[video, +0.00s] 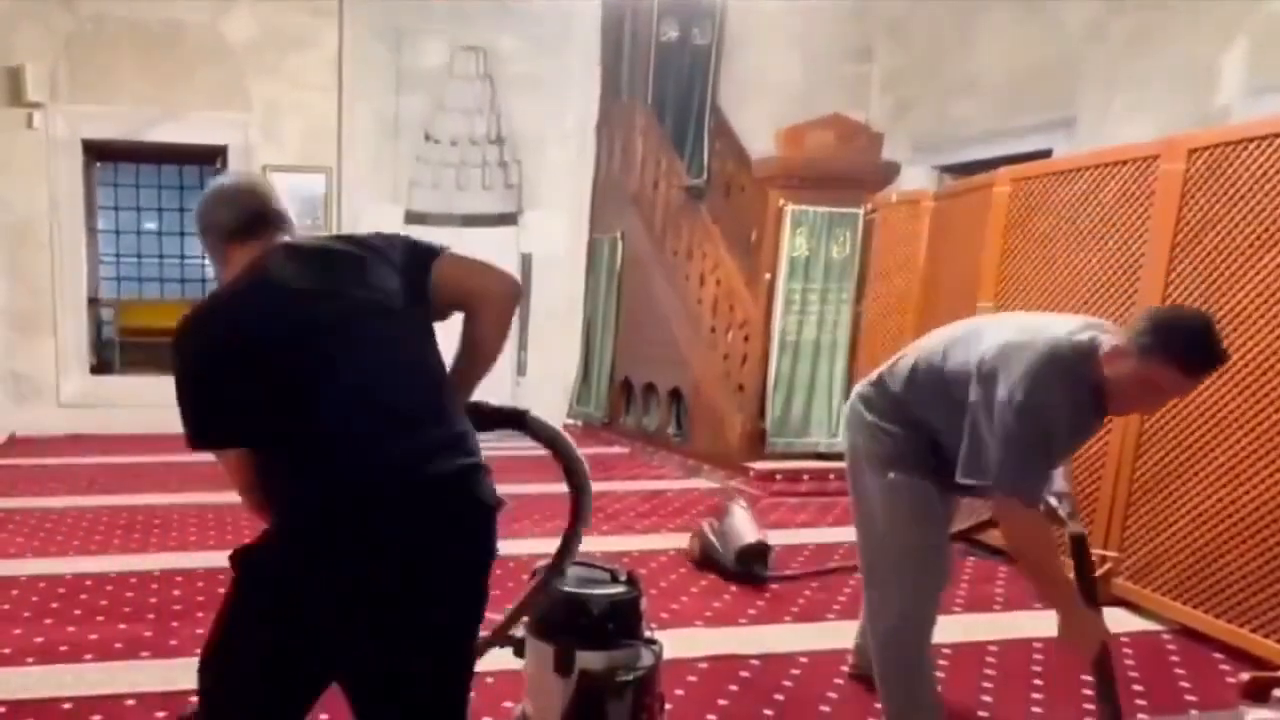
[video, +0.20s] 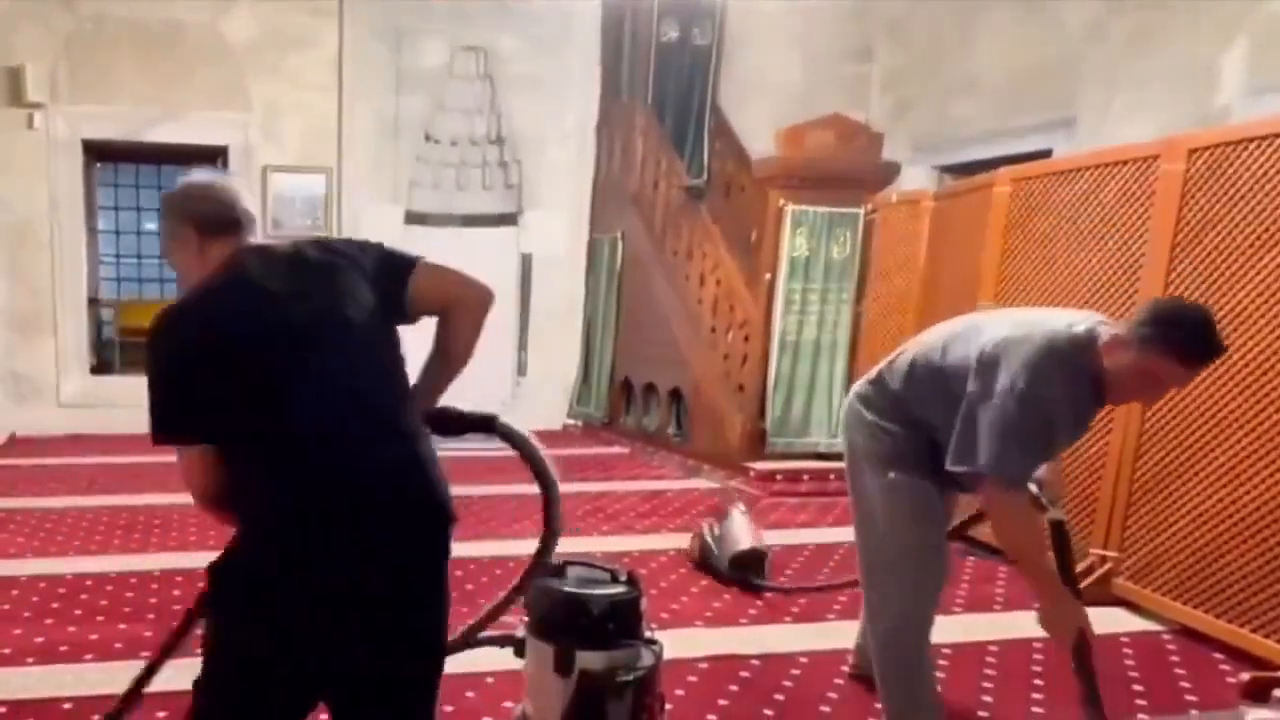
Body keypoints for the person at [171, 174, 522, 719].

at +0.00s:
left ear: (216, 251)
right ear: (288, 223)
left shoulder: (210, 328)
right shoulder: (375, 255)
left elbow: (252, 487)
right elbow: (495, 289)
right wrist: (453, 398)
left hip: (324, 534)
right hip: (452, 514)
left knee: (239, 703)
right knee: (424, 703)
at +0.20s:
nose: (177, 275)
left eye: (173, 259)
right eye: (172, 261)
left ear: (190, 242)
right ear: (247, 229)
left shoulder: (185, 326)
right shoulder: (340, 260)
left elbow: (205, 484)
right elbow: (468, 296)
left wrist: (273, 503)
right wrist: (421, 401)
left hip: (289, 544)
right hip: (407, 532)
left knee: (240, 707)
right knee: (394, 706)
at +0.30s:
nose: (135, 274)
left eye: (132, 258)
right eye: (130, 260)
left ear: (152, 245)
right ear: (211, 236)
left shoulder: (149, 330)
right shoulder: (308, 268)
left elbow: (167, 489)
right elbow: (426, 330)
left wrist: (199, 536)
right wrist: (373, 423)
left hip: (261, 536)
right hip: (375, 522)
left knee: (224, 707)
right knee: (377, 705)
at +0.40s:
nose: (90, 297)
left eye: (86, 279)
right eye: (84, 281)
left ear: (106, 263)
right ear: (162, 250)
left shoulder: (112, 341)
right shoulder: (263, 276)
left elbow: (120, 504)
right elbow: (365, 369)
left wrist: (133, 560)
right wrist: (312, 459)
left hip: (231, 544)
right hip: (343, 531)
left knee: (190, 709)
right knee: (356, 704)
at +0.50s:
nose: (46, 315)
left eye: (42, 296)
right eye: (39, 300)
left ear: (64, 279)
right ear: (114, 261)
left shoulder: (71, 361)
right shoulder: (219, 292)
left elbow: (72, 515)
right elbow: (266, 417)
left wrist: (58, 591)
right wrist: (175, 505)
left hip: (205, 542)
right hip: (313, 518)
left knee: (169, 706)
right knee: (334, 693)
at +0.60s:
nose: (14, 336)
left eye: (11, 319)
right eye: (8, 321)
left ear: (31, 301)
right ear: (81, 282)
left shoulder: (41, 380)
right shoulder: (175, 308)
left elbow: (22, 530)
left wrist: (12, 591)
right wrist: (136, 534)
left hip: (211, 526)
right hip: (307, 501)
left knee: (160, 701)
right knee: (330, 687)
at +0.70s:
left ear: (8, 321)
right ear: (53, 301)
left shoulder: (25, 384)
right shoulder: (141, 321)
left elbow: (4, 531)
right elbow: (198, 492)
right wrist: (89, 561)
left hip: (196, 530)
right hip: (299, 499)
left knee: (157, 704)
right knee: (334, 695)